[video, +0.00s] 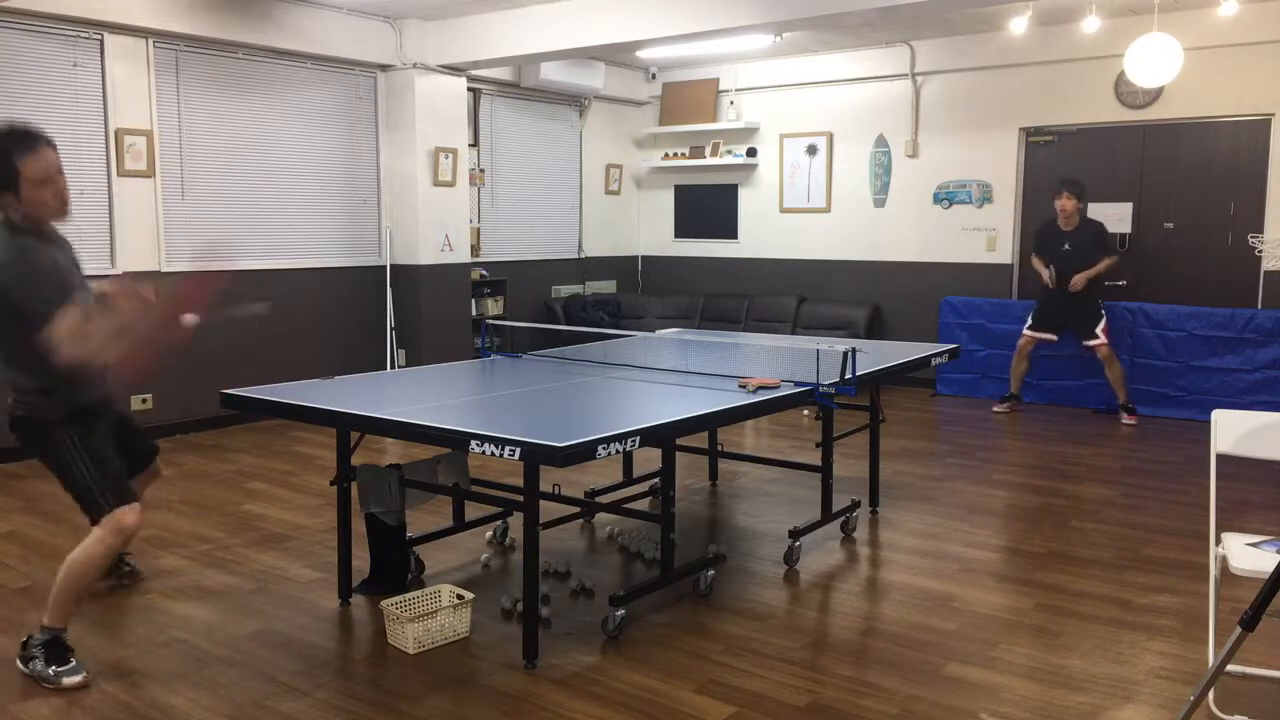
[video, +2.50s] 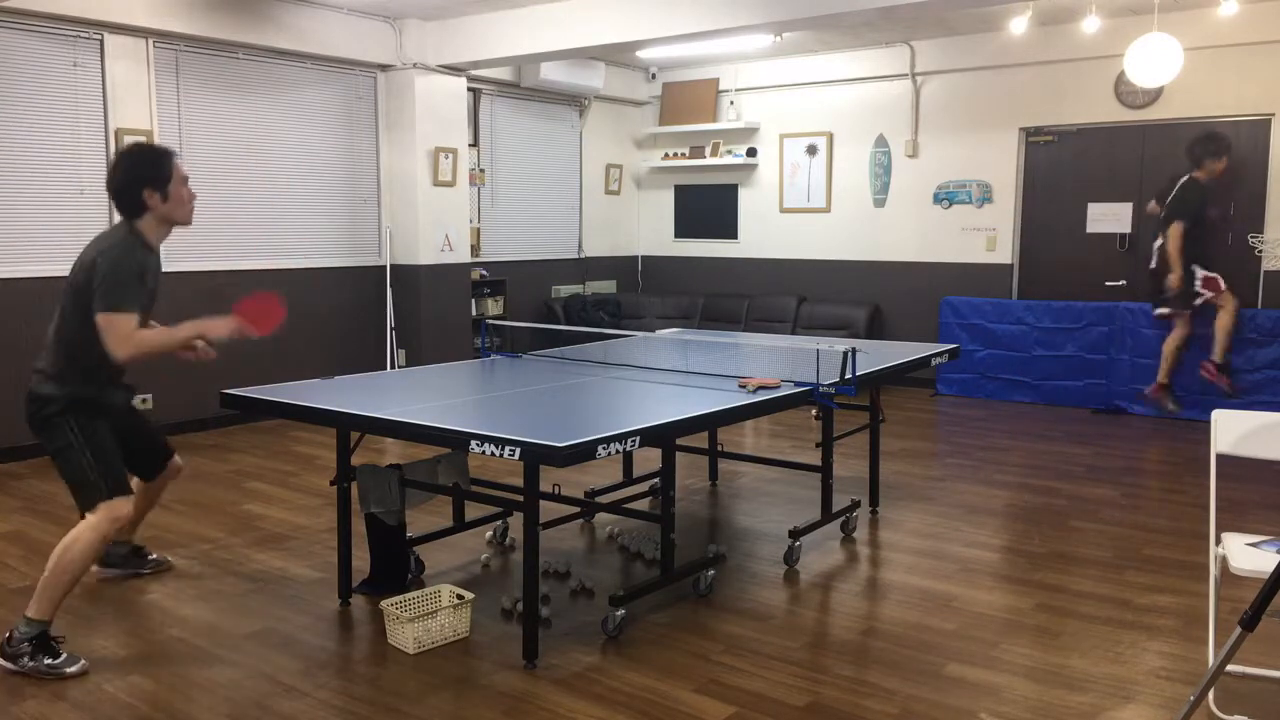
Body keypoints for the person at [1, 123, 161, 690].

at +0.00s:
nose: (61, 189)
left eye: (60, 176)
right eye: (45, 182)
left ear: (61, 175)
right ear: (10, 200)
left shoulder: (46, 239)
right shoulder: (21, 257)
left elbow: (76, 304)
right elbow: (73, 348)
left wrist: (118, 304)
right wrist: (143, 322)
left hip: (81, 394)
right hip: (47, 409)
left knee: (144, 467)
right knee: (121, 517)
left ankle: (105, 558)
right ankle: (45, 642)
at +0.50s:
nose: (92, 143)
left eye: (86, 132)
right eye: (81, 135)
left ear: (41, 153)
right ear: (52, 152)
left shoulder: (17, 208)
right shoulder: (45, 217)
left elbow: (32, 293)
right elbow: (79, 308)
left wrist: (98, 283)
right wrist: (160, 287)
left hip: (10, 388)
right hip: (30, 392)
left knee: (29, 500)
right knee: (90, 505)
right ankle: (69, 663)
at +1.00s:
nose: (140, 221)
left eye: (135, 211)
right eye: (129, 215)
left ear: (98, 229)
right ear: (95, 231)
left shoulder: (109, 272)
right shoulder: (45, 292)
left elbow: (100, 322)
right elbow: (42, 392)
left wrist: (150, 362)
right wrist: (127, 406)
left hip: (51, 409)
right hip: (9, 419)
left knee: (127, 479)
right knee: (78, 500)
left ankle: (72, 569)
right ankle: (17, 650)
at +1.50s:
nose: (121, 240)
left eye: (117, 228)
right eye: (107, 235)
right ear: (67, 253)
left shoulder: (136, 276)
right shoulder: (27, 305)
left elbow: (202, 292)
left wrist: (257, 340)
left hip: (121, 416)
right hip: (63, 420)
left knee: (158, 503)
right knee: (108, 508)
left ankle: (92, 550)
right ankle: (42, 636)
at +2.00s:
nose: (201, 205)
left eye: (196, 196)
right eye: (192, 199)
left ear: (145, 219)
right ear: (170, 215)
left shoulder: (112, 267)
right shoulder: (196, 254)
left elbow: (95, 348)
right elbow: (275, 304)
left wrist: (183, 355)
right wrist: (273, 272)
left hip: (112, 414)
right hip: (165, 410)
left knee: (176, 475)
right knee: (217, 513)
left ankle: (188, 556)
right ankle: (225, 645)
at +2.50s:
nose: (191, 193)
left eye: (187, 183)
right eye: (182, 185)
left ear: (153, 199)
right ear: (152, 199)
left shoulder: (143, 250)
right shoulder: (121, 253)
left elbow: (126, 330)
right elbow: (122, 344)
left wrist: (173, 345)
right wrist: (203, 328)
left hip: (102, 393)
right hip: (65, 399)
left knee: (162, 468)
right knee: (114, 508)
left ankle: (117, 549)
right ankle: (28, 636)